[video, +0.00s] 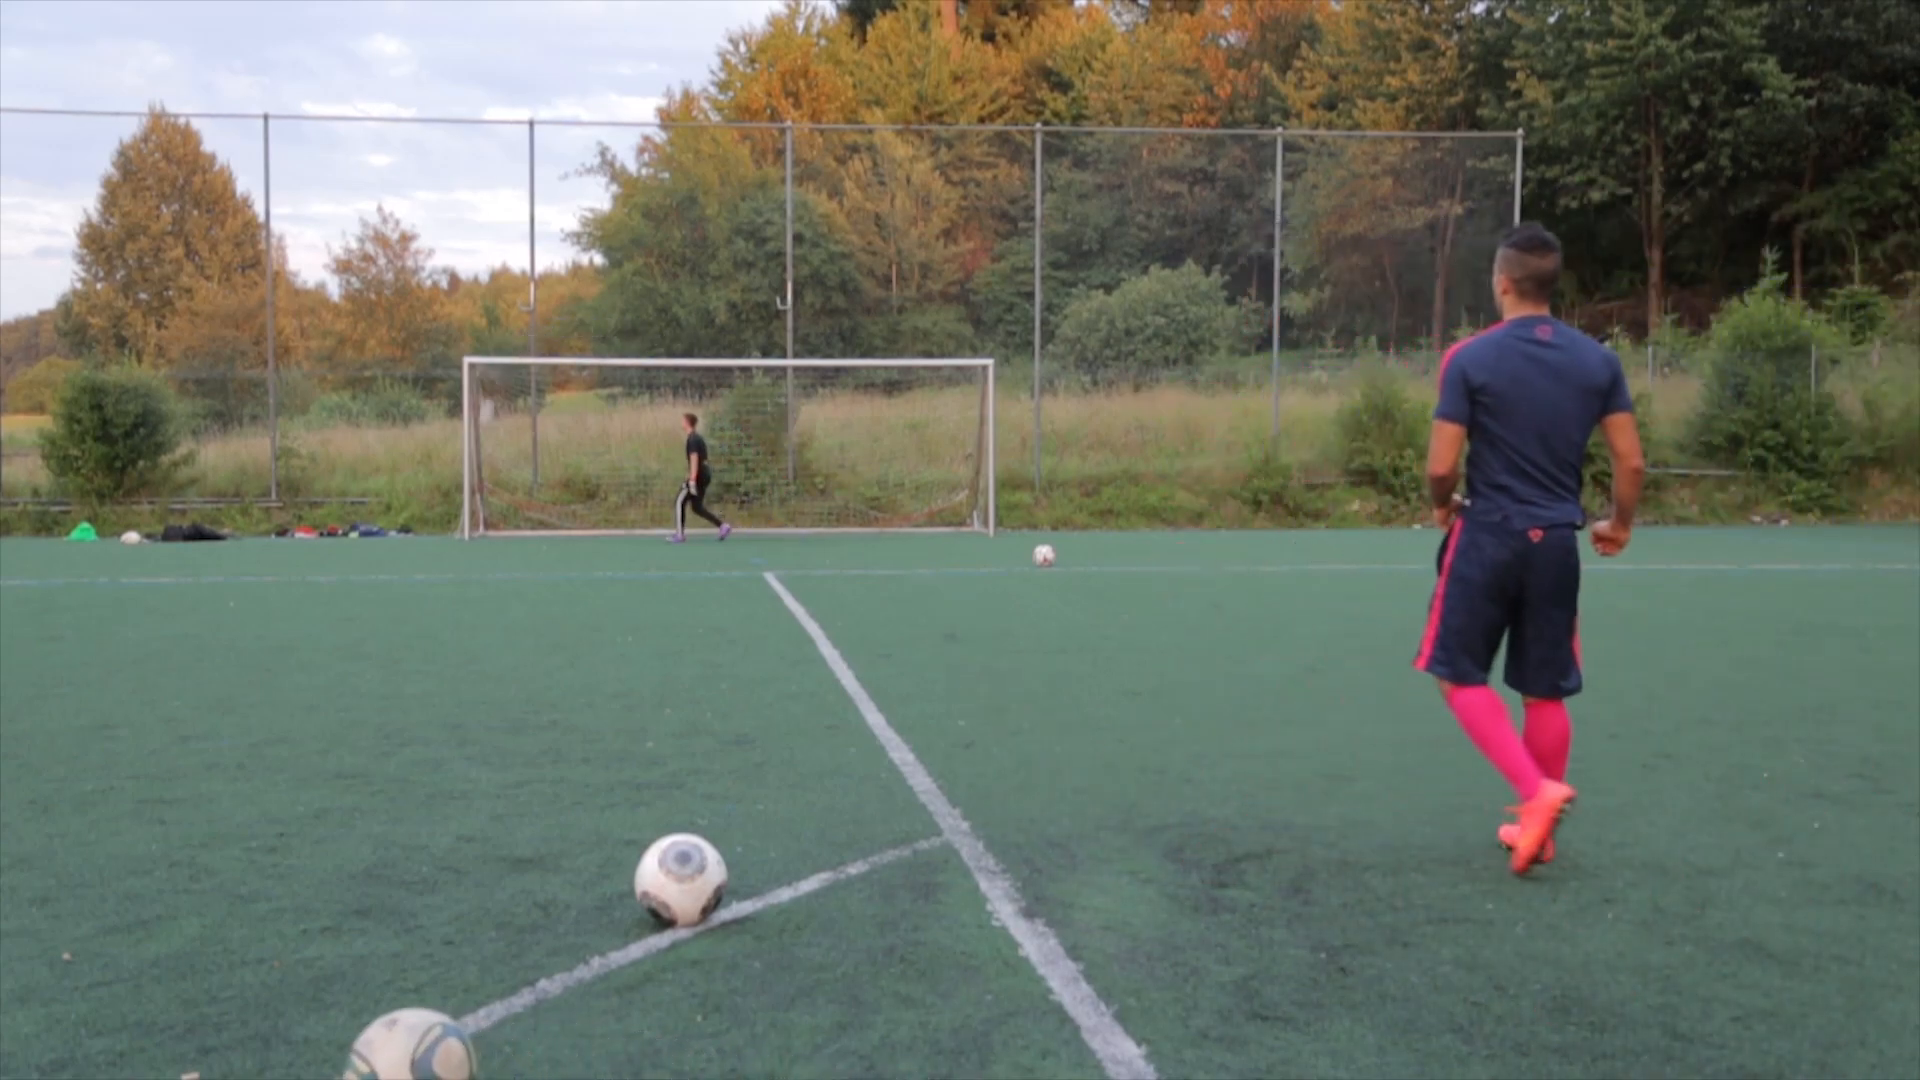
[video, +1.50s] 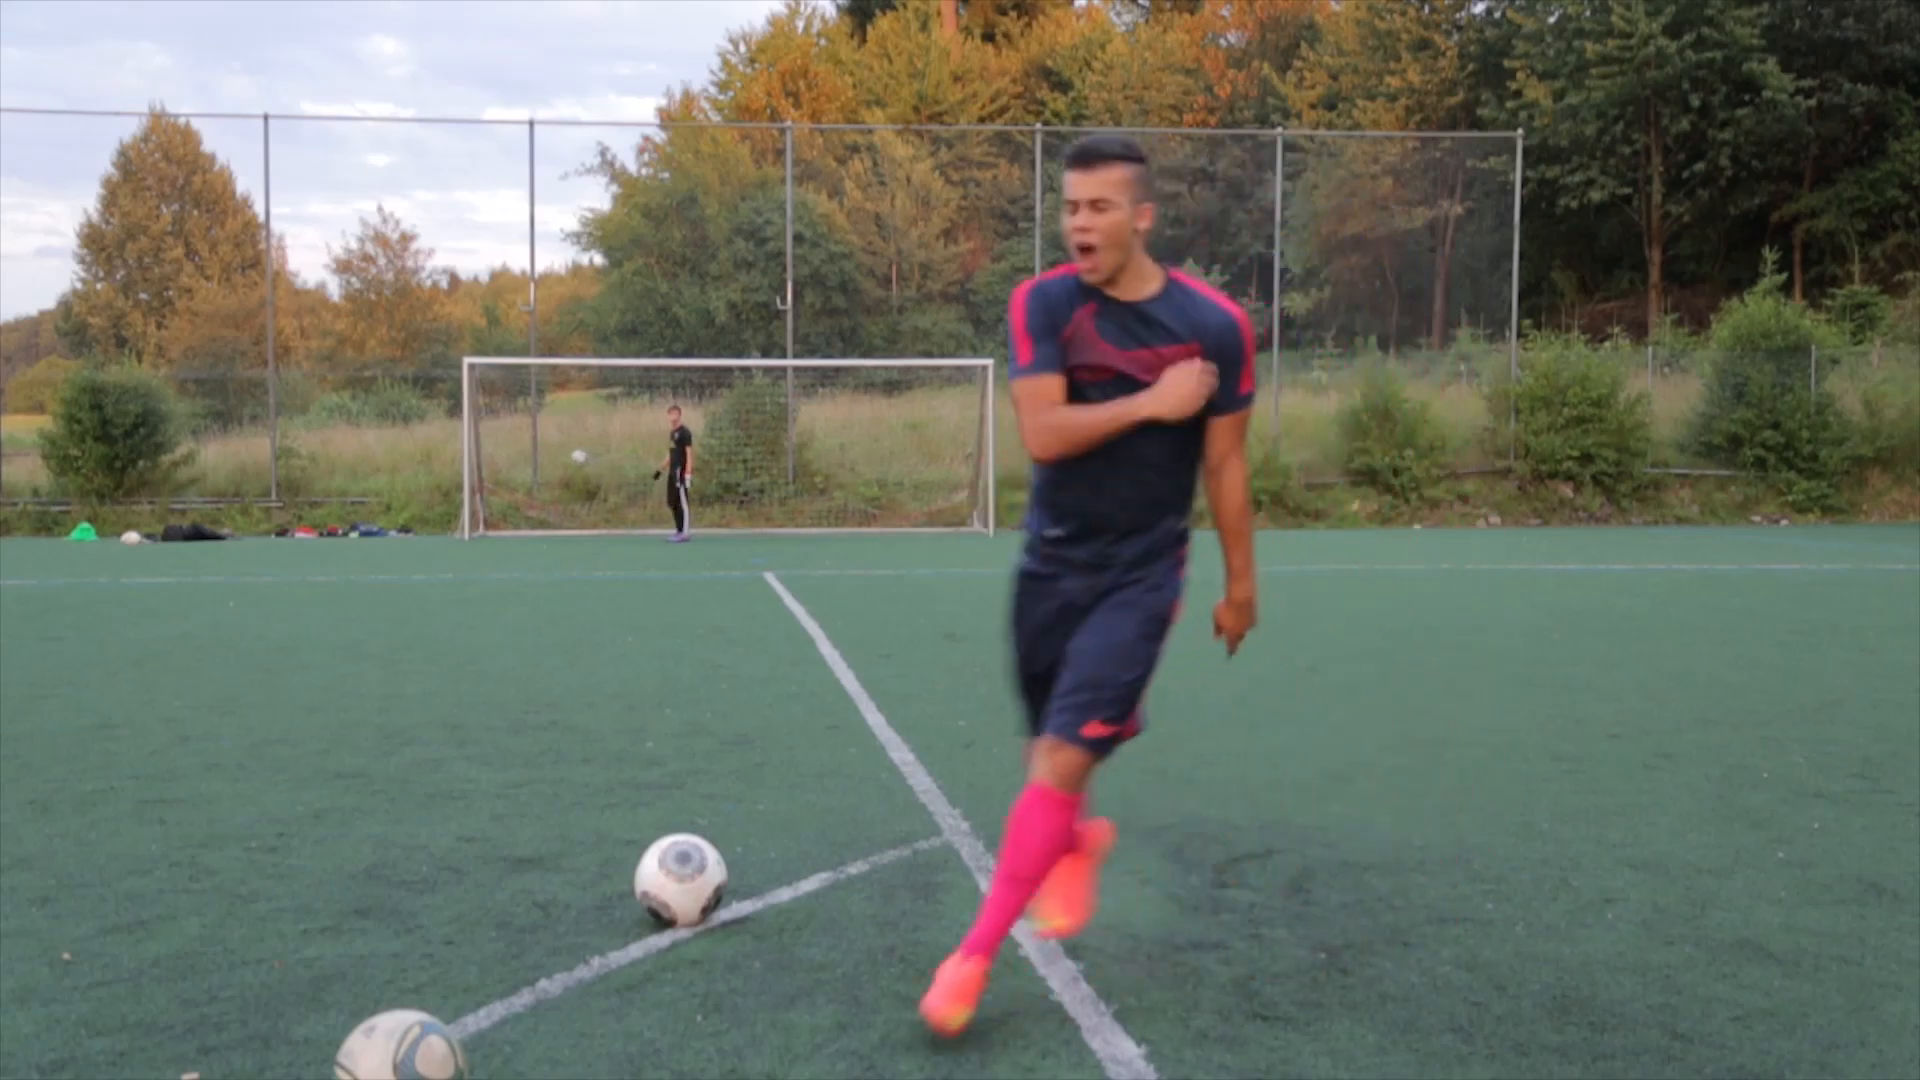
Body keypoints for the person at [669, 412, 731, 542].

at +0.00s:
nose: (682, 424)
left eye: (684, 421)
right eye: (683, 421)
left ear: (688, 423)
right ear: (693, 423)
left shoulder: (692, 439)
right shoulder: (697, 438)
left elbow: (694, 461)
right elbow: (700, 459)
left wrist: (692, 480)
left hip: (697, 475)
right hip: (703, 474)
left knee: (680, 501)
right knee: (697, 506)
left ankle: (679, 534)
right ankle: (721, 526)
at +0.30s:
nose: (675, 420)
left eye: (676, 417)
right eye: (676, 417)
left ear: (681, 418)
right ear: (686, 418)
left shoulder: (685, 434)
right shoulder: (689, 433)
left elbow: (678, 454)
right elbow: (685, 454)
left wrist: (659, 460)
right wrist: (670, 461)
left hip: (685, 468)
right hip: (687, 467)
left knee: (675, 500)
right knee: (673, 500)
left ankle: (679, 534)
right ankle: (679, 532)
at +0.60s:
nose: (671, 418)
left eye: (673, 415)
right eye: (673, 415)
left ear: (676, 416)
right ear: (682, 416)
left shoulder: (681, 433)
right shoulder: (681, 432)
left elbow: (678, 455)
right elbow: (677, 455)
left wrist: (663, 465)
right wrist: (666, 466)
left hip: (679, 469)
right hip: (678, 468)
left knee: (673, 500)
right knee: (671, 500)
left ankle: (679, 533)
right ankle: (679, 532)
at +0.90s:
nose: (671, 419)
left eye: (673, 415)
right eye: (670, 416)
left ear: (678, 416)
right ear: (668, 417)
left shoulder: (682, 433)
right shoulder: (674, 433)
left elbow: (683, 454)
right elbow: (677, 453)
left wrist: (672, 470)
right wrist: (671, 470)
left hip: (681, 470)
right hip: (675, 470)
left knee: (675, 500)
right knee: (672, 500)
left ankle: (680, 533)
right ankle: (679, 532)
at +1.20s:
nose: (671, 417)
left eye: (673, 414)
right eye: (669, 414)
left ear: (677, 415)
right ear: (667, 416)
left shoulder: (683, 433)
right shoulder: (671, 433)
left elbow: (686, 455)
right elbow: (672, 456)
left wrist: (684, 474)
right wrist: (667, 472)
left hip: (681, 471)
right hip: (674, 471)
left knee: (677, 500)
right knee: (673, 500)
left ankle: (682, 532)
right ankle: (680, 531)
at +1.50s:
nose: (672, 417)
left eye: (674, 414)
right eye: (670, 414)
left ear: (679, 415)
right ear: (668, 416)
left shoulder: (684, 432)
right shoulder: (673, 433)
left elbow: (689, 455)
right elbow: (671, 455)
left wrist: (688, 474)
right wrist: (660, 469)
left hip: (681, 470)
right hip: (673, 469)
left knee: (681, 501)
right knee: (672, 501)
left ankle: (684, 532)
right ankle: (679, 530)